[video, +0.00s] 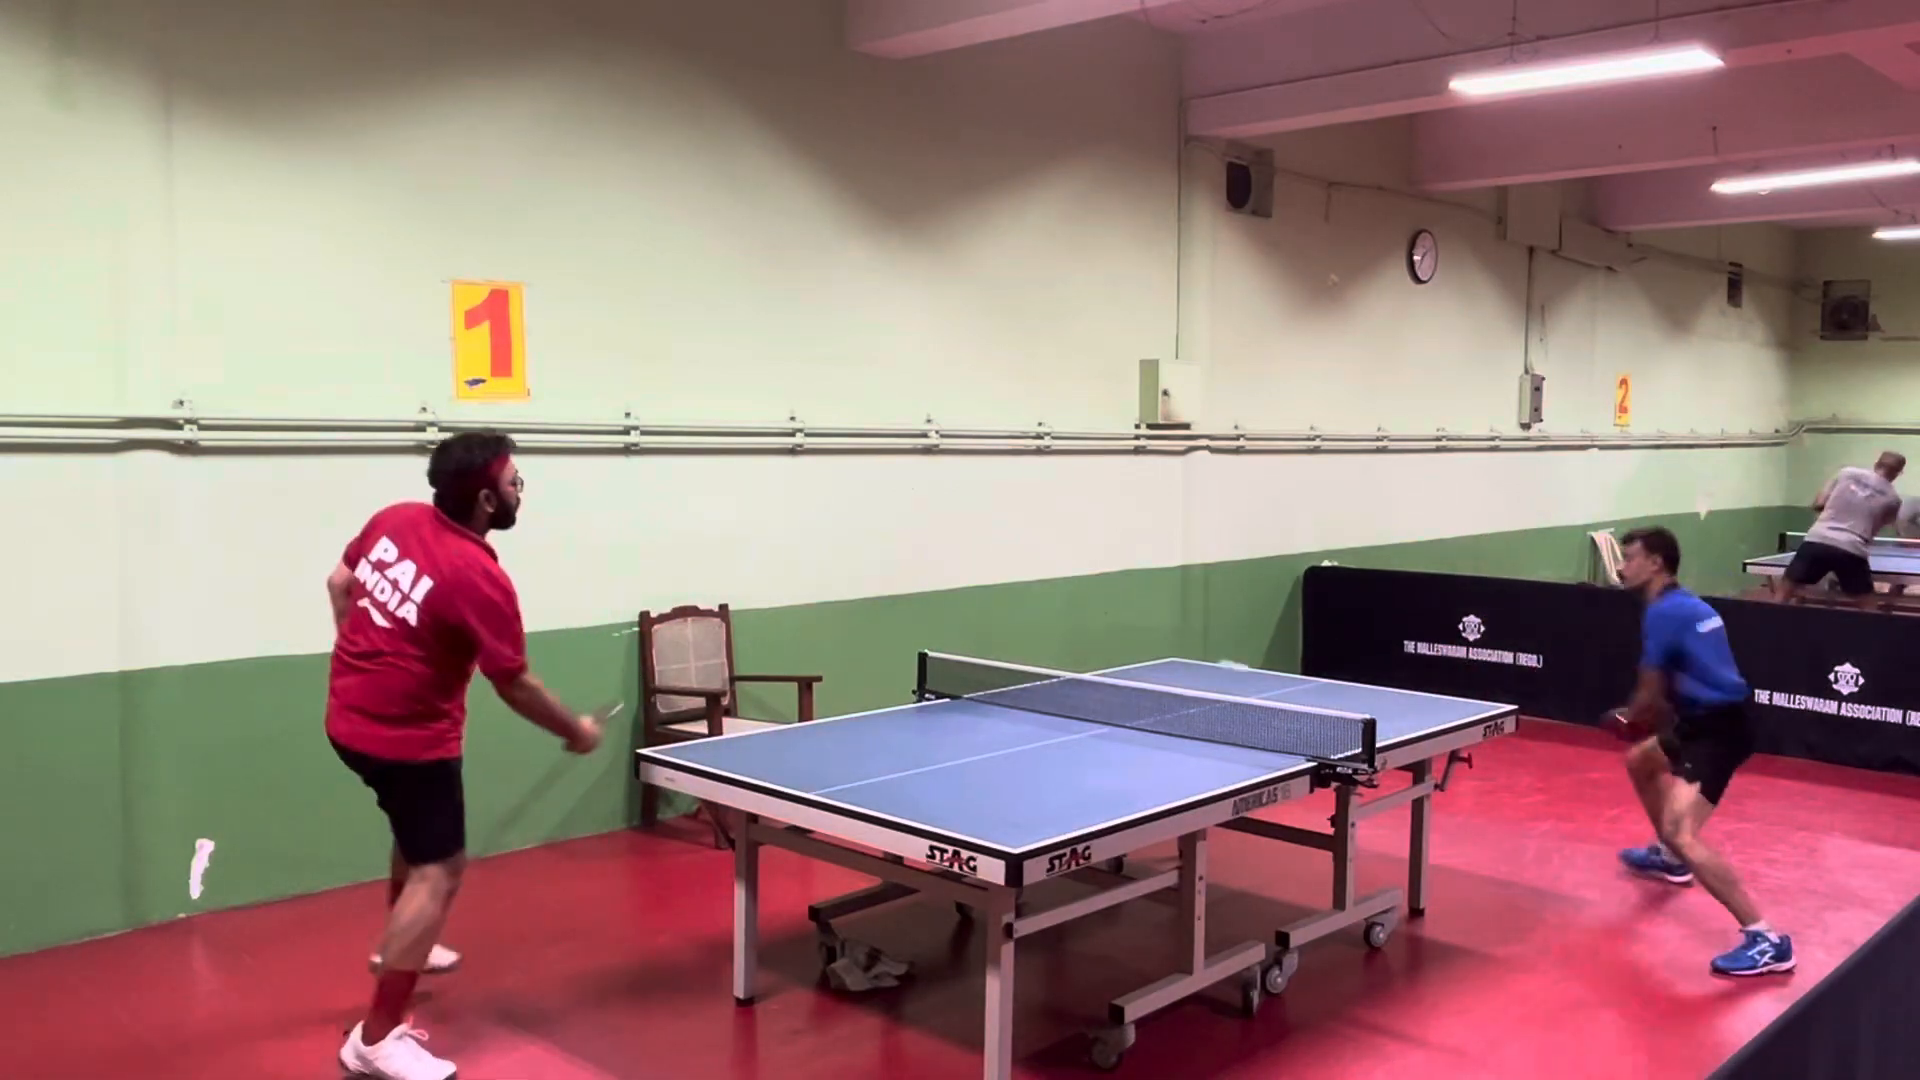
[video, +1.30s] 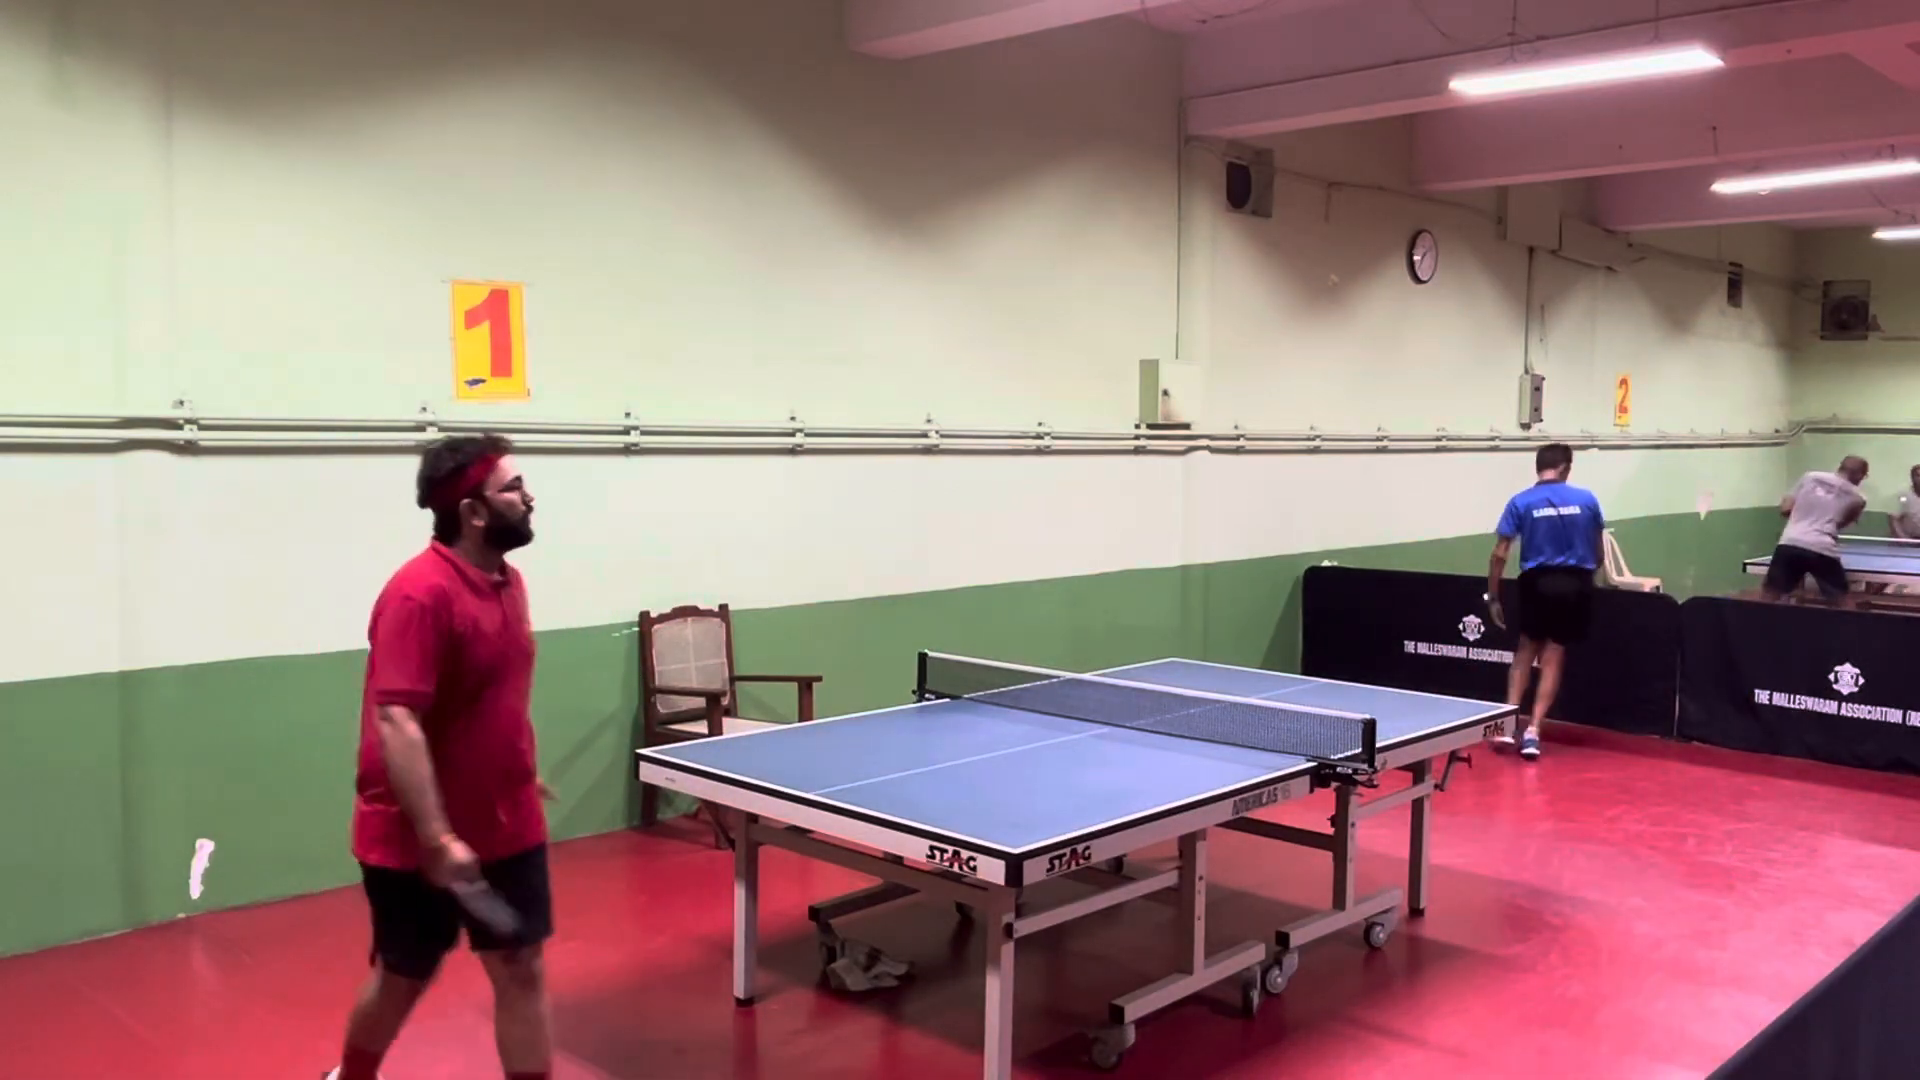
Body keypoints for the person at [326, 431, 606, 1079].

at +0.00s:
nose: (521, 490)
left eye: (517, 478)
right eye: (511, 482)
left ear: (458, 494)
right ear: (479, 498)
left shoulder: (399, 518)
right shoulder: (481, 580)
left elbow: (342, 582)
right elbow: (515, 684)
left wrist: (361, 655)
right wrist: (574, 729)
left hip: (354, 723)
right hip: (412, 743)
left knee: (413, 830)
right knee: (436, 876)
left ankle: (400, 937)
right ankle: (376, 1037)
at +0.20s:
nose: (497, 485)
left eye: (492, 474)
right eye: (486, 478)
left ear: (432, 490)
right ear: (453, 492)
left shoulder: (373, 533)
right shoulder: (452, 574)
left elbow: (325, 609)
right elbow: (452, 688)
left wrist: (318, 686)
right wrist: (501, 747)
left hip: (337, 742)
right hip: (393, 757)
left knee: (372, 866)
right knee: (408, 888)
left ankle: (315, 1003)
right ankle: (372, 1046)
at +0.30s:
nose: (485, 490)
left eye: (479, 479)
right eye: (474, 483)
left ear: (426, 497)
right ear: (440, 498)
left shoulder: (381, 535)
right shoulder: (431, 574)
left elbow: (368, 642)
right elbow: (423, 688)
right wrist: (479, 751)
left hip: (323, 745)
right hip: (379, 759)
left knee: (350, 878)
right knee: (436, 885)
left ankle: (303, 1023)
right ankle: (376, 1040)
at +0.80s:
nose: (460, 495)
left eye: (454, 484)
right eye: (448, 488)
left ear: (411, 509)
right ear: (415, 510)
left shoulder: (388, 566)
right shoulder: (392, 584)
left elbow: (401, 682)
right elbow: (414, 700)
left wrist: (464, 701)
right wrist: (489, 708)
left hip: (365, 790)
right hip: (377, 800)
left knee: (378, 915)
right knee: (414, 937)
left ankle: (331, 1020)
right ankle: (352, 1073)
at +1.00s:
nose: (473, 474)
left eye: (467, 462)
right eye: (460, 466)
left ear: (424, 485)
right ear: (423, 486)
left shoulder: (430, 551)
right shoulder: (391, 567)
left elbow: (429, 669)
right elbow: (421, 682)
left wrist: (488, 719)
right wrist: (511, 722)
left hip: (444, 781)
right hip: (378, 797)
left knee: (487, 901)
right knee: (378, 945)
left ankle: (422, 1051)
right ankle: (347, 1075)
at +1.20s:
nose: (504, 486)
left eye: (498, 474)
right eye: (490, 478)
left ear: (458, 499)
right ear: (451, 500)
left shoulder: (474, 568)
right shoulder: (407, 583)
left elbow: (474, 693)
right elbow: (425, 710)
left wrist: (499, 796)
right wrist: (494, 809)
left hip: (473, 813)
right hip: (397, 822)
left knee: (501, 957)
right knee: (377, 964)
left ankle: (523, 1075)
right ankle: (349, 1076)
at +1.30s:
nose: (528, 497)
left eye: (522, 485)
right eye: (513, 489)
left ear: (481, 510)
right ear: (473, 510)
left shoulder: (508, 584)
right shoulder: (416, 594)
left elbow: (501, 698)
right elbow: (395, 719)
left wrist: (525, 777)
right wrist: (438, 836)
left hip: (506, 825)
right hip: (417, 836)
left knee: (522, 974)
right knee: (400, 978)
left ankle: (531, 1079)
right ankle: (351, 1076)